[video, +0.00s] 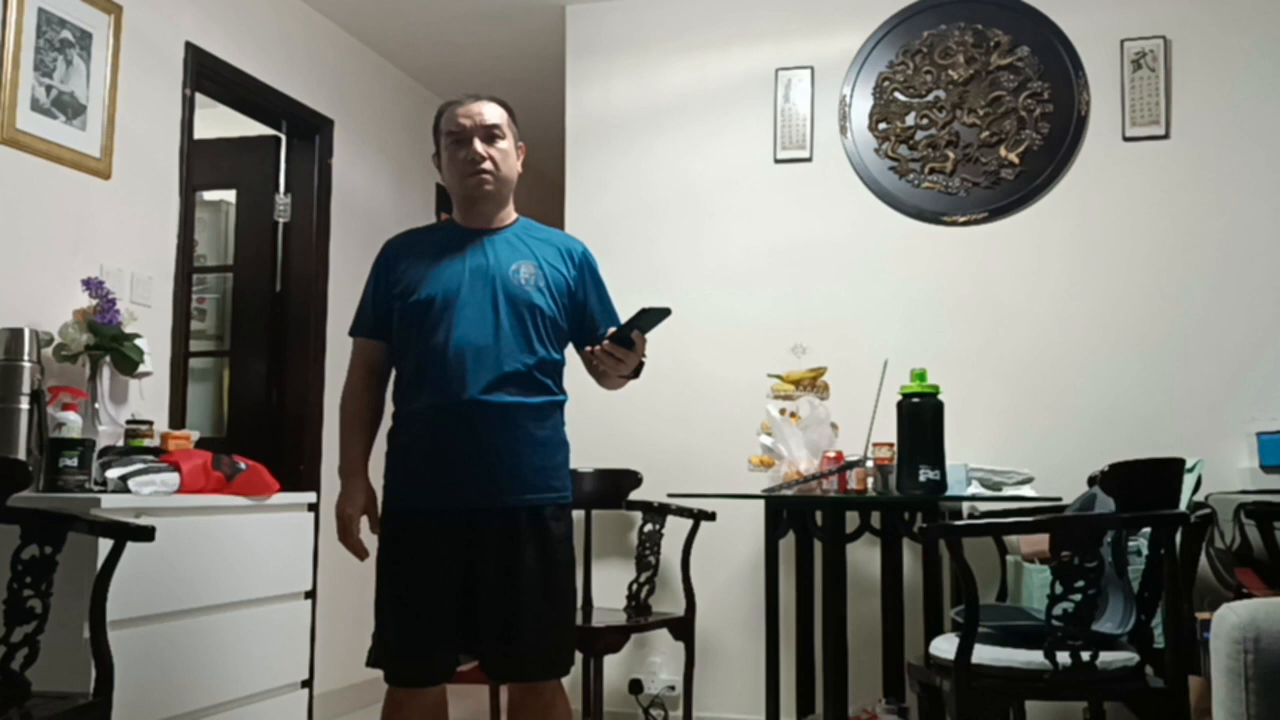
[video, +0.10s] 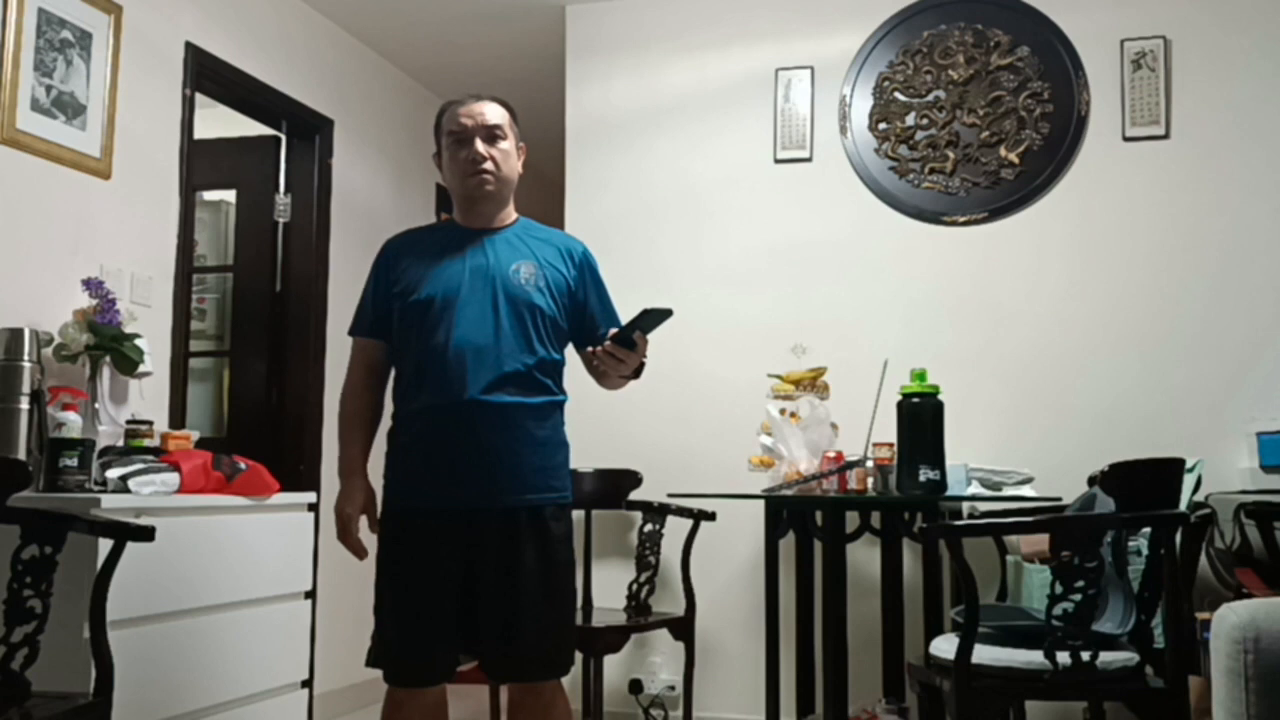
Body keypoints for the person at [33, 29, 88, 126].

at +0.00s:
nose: (67, 52)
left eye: (69, 48)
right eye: (63, 49)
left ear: (74, 49)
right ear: (61, 51)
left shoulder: (79, 66)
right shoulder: (61, 61)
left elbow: (69, 89)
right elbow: (57, 82)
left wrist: (48, 82)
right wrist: (49, 100)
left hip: (79, 101)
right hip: (62, 95)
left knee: (64, 98)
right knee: (48, 89)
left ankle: (70, 120)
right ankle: (60, 116)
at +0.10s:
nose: (67, 52)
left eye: (69, 48)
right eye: (63, 49)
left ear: (74, 49)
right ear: (61, 51)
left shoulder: (79, 66)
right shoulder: (61, 61)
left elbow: (69, 89)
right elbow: (57, 82)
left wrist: (48, 82)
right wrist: (49, 100)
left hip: (79, 101)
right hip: (62, 95)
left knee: (64, 98)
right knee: (48, 89)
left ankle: (70, 120)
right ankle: (60, 116)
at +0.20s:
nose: (67, 52)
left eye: (69, 48)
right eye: (63, 49)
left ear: (74, 49)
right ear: (61, 51)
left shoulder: (79, 66)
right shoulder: (61, 61)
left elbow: (69, 89)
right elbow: (57, 82)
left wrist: (48, 82)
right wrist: (49, 100)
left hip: (79, 101)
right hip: (62, 95)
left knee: (64, 98)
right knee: (48, 89)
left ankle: (70, 120)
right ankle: (60, 116)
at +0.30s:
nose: (67, 52)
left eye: (69, 48)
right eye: (63, 49)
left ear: (74, 49)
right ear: (61, 51)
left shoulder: (79, 66)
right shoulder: (61, 61)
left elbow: (69, 89)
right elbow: (57, 82)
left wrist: (48, 82)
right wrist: (49, 100)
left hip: (79, 101)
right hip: (62, 95)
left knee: (64, 98)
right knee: (48, 89)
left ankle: (70, 120)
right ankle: (60, 116)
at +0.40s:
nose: (67, 52)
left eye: (69, 48)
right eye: (63, 49)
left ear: (74, 49)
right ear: (61, 51)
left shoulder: (79, 66)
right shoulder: (61, 61)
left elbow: (69, 89)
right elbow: (57, 82)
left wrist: (48, 82)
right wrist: (49, 100)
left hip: (79, 101)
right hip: (62, 95)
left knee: (64, 98)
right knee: (48, 89)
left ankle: (70, 120)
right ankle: (60, 116)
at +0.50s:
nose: (67, 52)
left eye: (69, 48)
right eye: (63, 49)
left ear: (74, 49)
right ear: (61, 51)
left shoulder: (79, 66)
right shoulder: (61, 61)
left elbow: (69, 89)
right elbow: (57, 82)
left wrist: (48, 82)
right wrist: (49, 100)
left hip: (79, 101)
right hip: (62, 95)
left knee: (64, 98)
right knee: (48, 89)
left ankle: (70, 120)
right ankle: (60, 116)